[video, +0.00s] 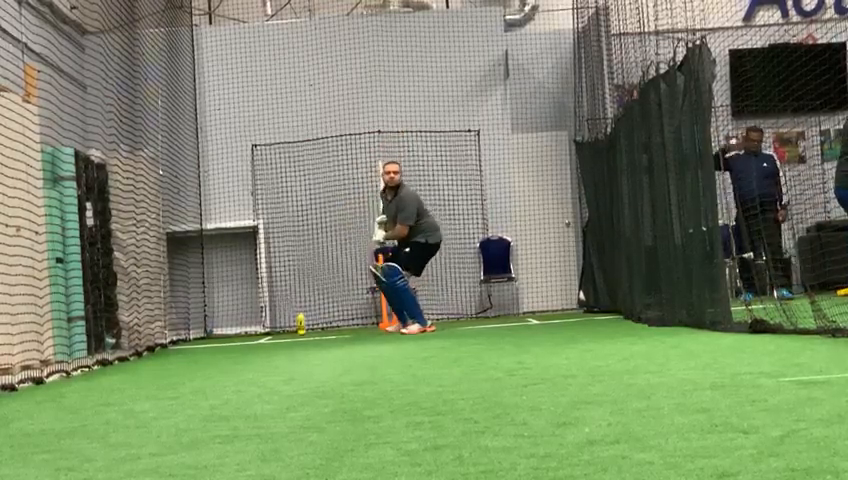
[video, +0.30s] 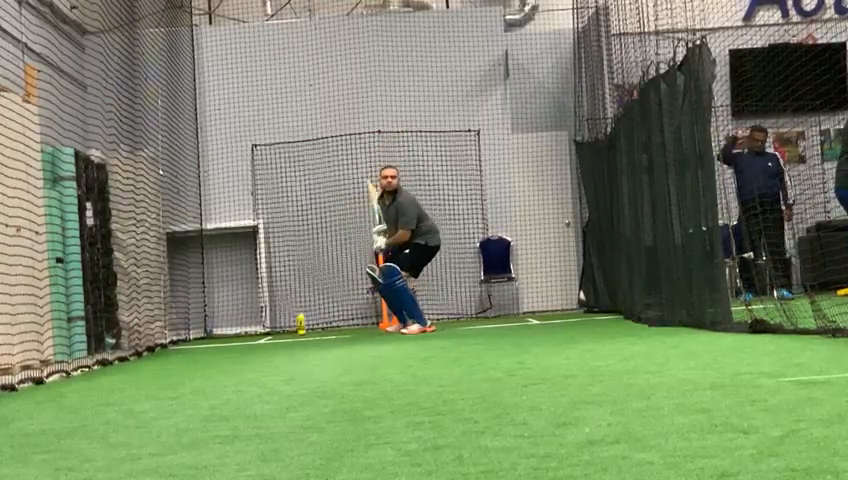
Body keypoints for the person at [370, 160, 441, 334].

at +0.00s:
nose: (391, 176)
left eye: (395, 173)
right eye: (388, 173)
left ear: (400, 175)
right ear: (383, 176)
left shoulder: (406, 196)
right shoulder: (385, 195)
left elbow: (402, 231)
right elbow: (391, 219)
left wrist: (384, 235)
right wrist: (383, 223)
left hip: (426, 239)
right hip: (410, 238)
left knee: (398, 275)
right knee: (387, 272)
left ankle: (419, 321)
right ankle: (403, 320)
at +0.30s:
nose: (389, 181)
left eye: (393, 177)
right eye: (385, 178)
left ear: (398, 179)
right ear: (380, 181)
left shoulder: (405, 200)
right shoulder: (382, 199)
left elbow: (405, 234)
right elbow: (391, 222)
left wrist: (385, 243)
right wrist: (384, 229)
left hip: (426, 240)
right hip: (408, 240)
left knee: (400, 275)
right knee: (388, 272)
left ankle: (417, 321)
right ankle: (403, 320)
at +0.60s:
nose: (384, 170)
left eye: (388, 167)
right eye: (380, 167)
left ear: (394, 169)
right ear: (375, 170)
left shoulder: (401, 189)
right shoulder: (379, 189)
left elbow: (404, 222)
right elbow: (387, 214)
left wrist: (387, 232)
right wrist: (381, 223)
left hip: (423, 232)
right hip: (405, 233)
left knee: (402, 271)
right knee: (390, 269)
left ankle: (420, 321)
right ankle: (404, 319)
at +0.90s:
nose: (378, 172)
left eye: (381, 169)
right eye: (374, 170)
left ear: (388, 170)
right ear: (370, 173)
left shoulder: (394, 189)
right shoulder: (374, 191)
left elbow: (400, 222)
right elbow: (385, 217)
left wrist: (384, 234)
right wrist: (380, 228)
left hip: (417, 231)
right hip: (400, 233)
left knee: (395, 271)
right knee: (384, 271)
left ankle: (416, 320)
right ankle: (402, 319)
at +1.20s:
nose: (362, 186)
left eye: (366, 182)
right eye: (359, 184)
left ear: (375, 180)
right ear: (356, 185)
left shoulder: (380, 198)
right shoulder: (375, 196)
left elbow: (379, 232)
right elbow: (374, 217)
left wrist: (371, 237)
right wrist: (371, 225)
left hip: (408, 239)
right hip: (400, 238)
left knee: (381, 270)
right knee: (374, 280)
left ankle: (399, 323)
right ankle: (405, 319)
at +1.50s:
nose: (347, 200)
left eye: (350, 195)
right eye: (344, 197)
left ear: (360, 190)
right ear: (342, 197)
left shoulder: (367, 205)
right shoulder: (369, 199)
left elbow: (365, 241)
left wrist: (357, 243)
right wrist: (364, 227)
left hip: (399, 243)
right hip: (391, 243)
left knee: (373, 272)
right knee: (360, 279)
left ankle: (398, 324)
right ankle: (382, 324)